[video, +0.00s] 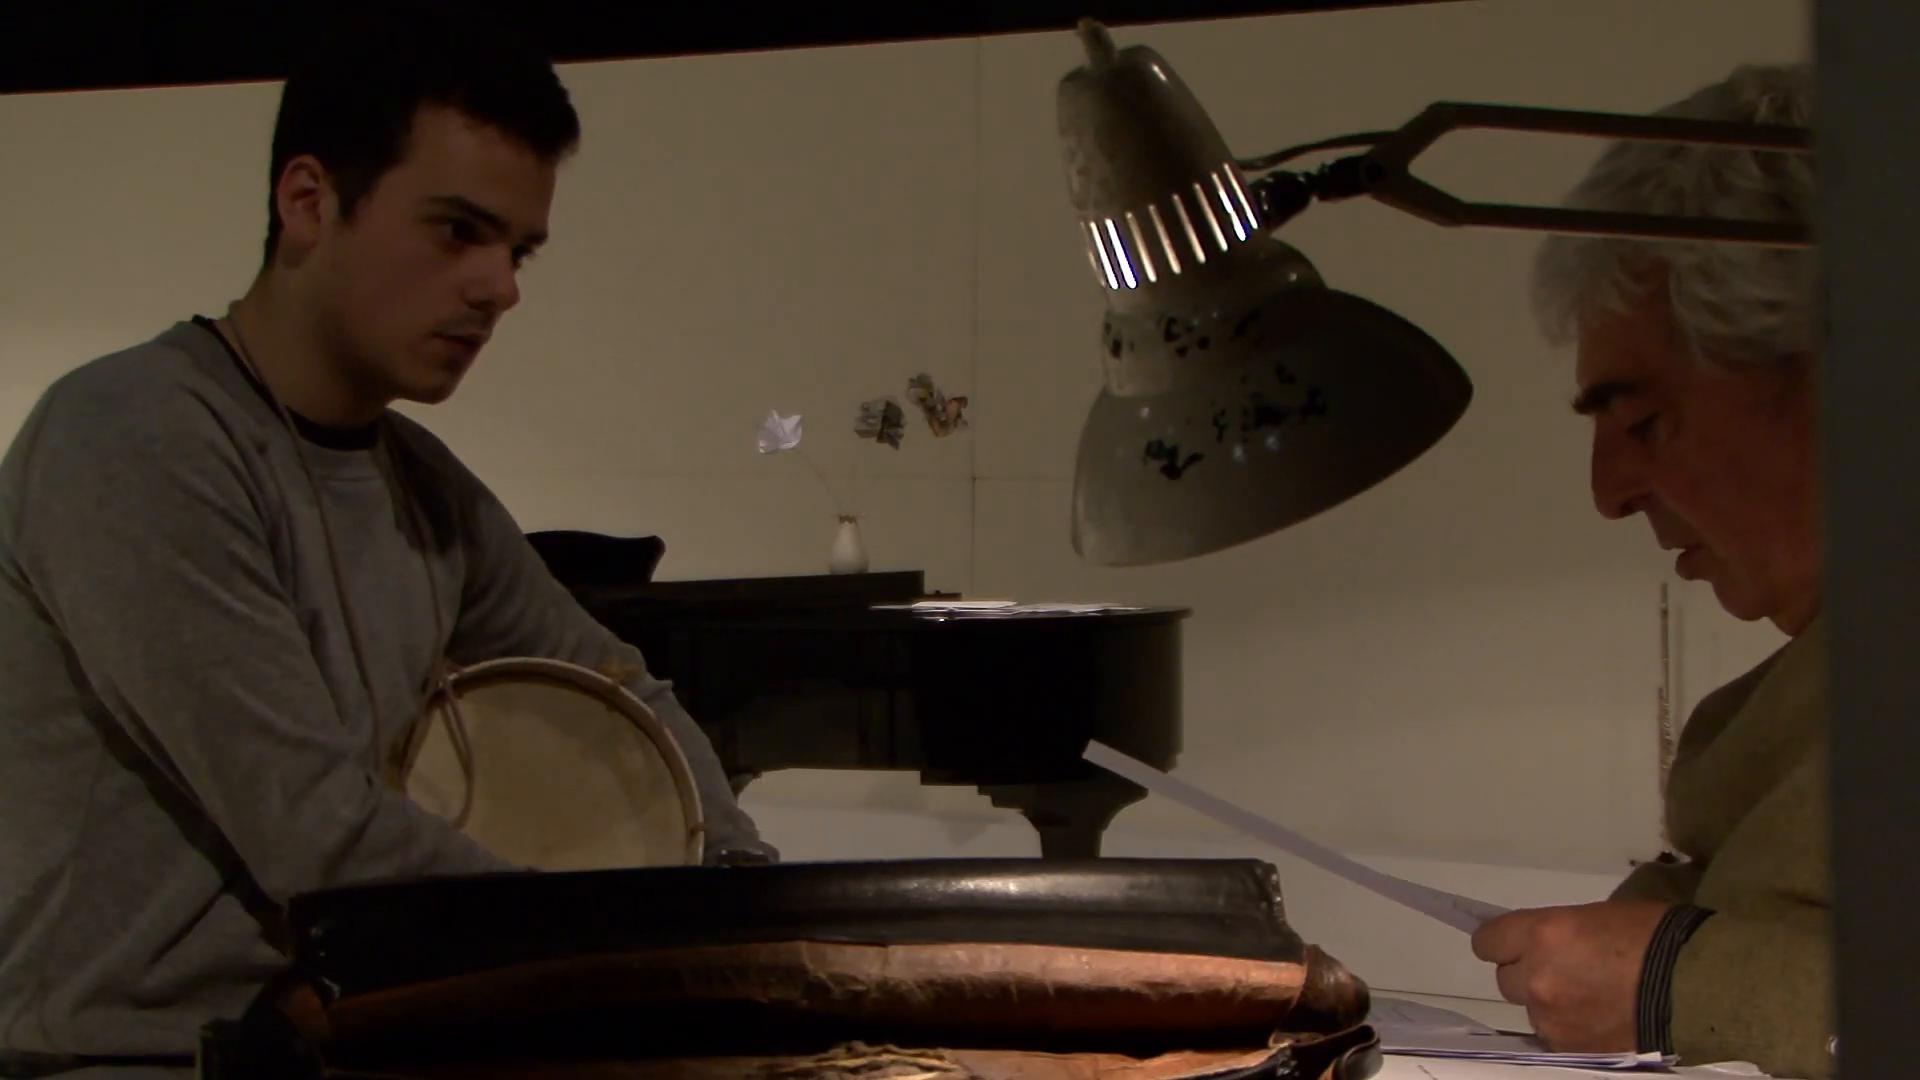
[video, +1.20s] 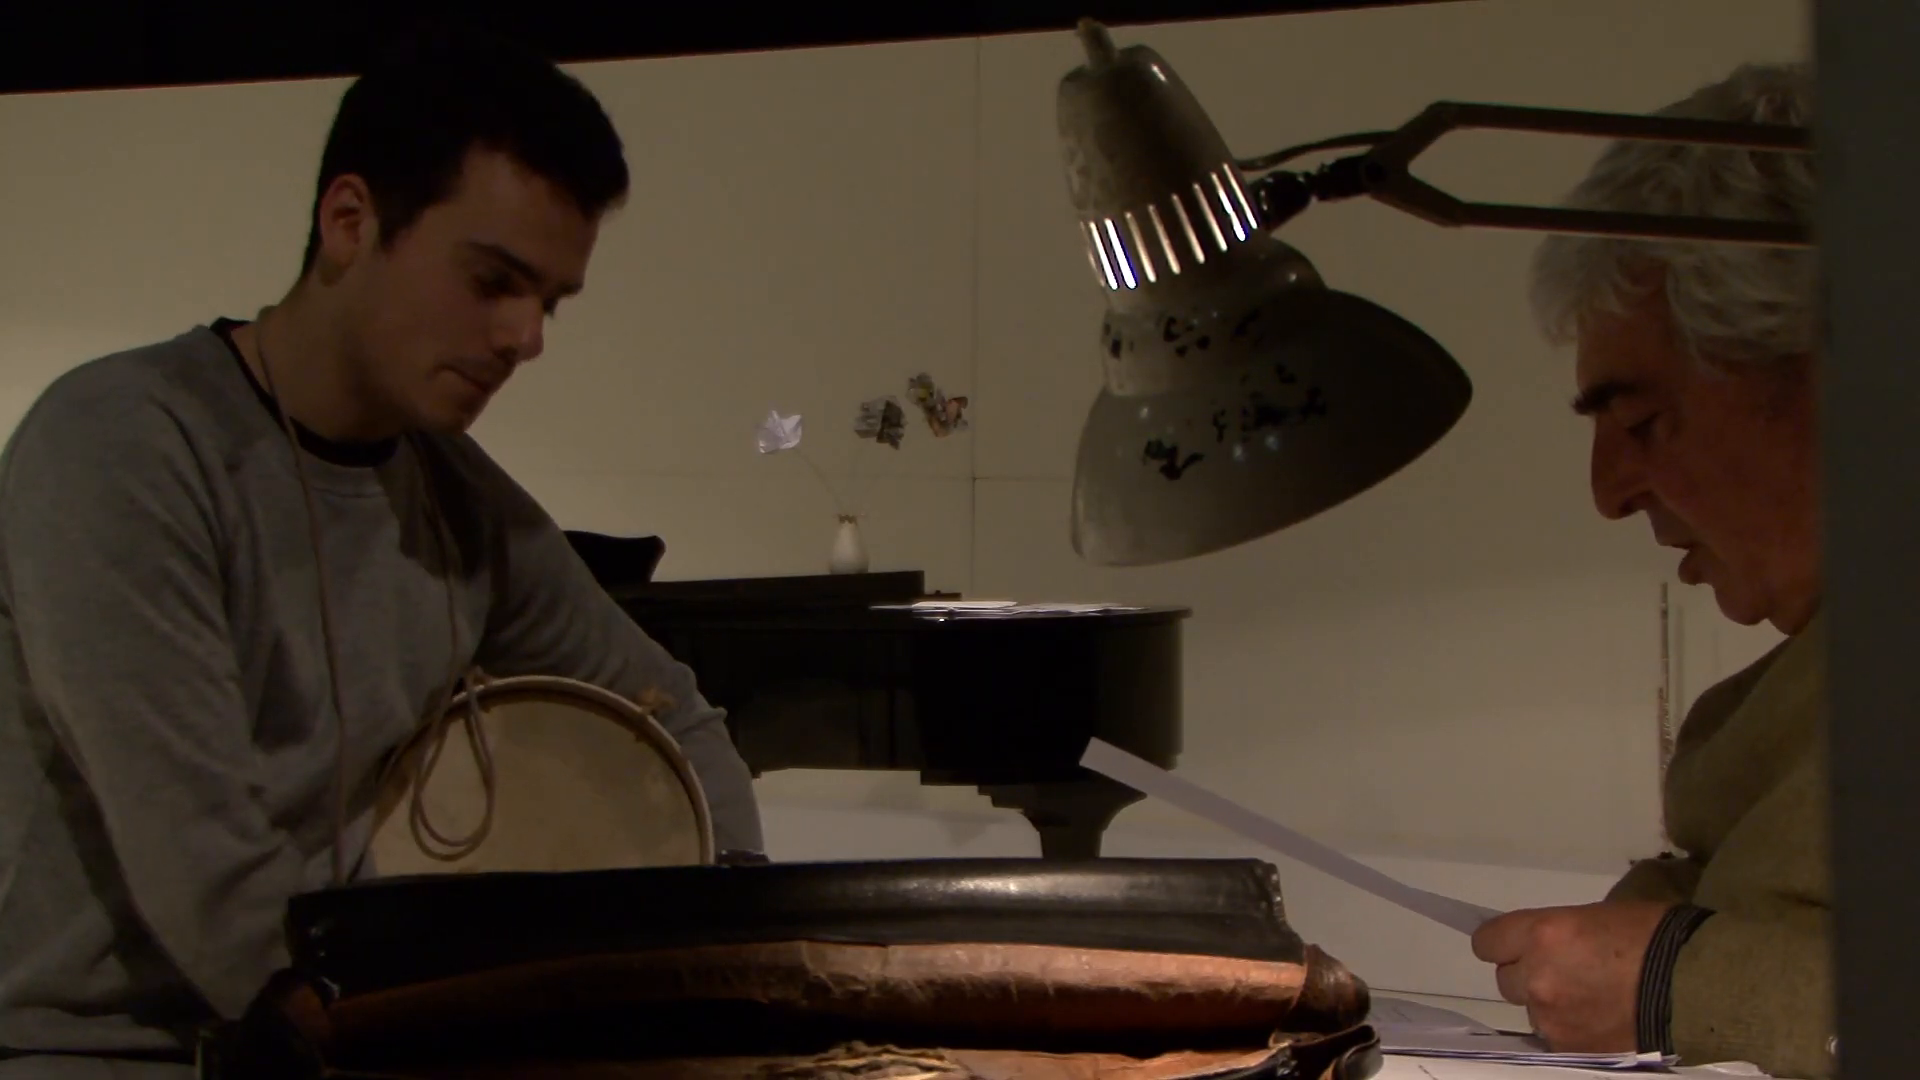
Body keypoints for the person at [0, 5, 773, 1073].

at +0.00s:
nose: (499, 289)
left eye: (517, 254)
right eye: (457, 231)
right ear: (306, 202)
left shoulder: (431, 491)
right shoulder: (123, 437)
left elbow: (617, 695)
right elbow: (318, 838)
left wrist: (753, 904)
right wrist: (632, 956)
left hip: (350, 1040)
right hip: (118, 1057)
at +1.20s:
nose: (523, 338)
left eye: (549, 301)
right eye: (493, 279)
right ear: (349, 224)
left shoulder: (459, 494)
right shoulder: (110, 445)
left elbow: (669, 719)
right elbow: (222, 898)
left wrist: (724, 947)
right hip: (89, 1045)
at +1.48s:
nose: (517, 427)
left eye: (542, 394)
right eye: (499, 369)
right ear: (374, 265)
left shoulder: (478, 519)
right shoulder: (90, 444)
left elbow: (677, 735)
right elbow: (80, 872)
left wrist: (715, 953)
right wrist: (317, 1041)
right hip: (56, 1036)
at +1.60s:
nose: (520, 431)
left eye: (544, 397)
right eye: (502, 371)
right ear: (377, 268)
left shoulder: (467, 523)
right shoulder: (86, 442)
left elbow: (665, 745)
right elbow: (88, 872)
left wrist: (689, 966)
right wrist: (326, 1044)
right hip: (48, 1042)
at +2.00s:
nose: (409, 454)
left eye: (438, 420)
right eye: (393, 398)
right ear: (270, 283)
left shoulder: (385, 514)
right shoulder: (18, 450)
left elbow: (574, 736)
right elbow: (9, 859)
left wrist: (627, 960)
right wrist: (258, 1028)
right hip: (32, 1028)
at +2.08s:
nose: (354, 459)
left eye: (382, 423)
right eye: (333, 401)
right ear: (210, 287)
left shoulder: (346, 521)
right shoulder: (15, 468)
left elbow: (539, 730)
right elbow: (12, 932)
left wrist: (573, 972)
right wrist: (191, 1062)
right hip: (44, 1041)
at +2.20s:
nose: (262, 478)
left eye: (292, 439)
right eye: (235, 422)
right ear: (111, 307)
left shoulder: (282, 518)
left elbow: (469, 684)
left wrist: (543, 928)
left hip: (217, 1038)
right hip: (28, 1051)